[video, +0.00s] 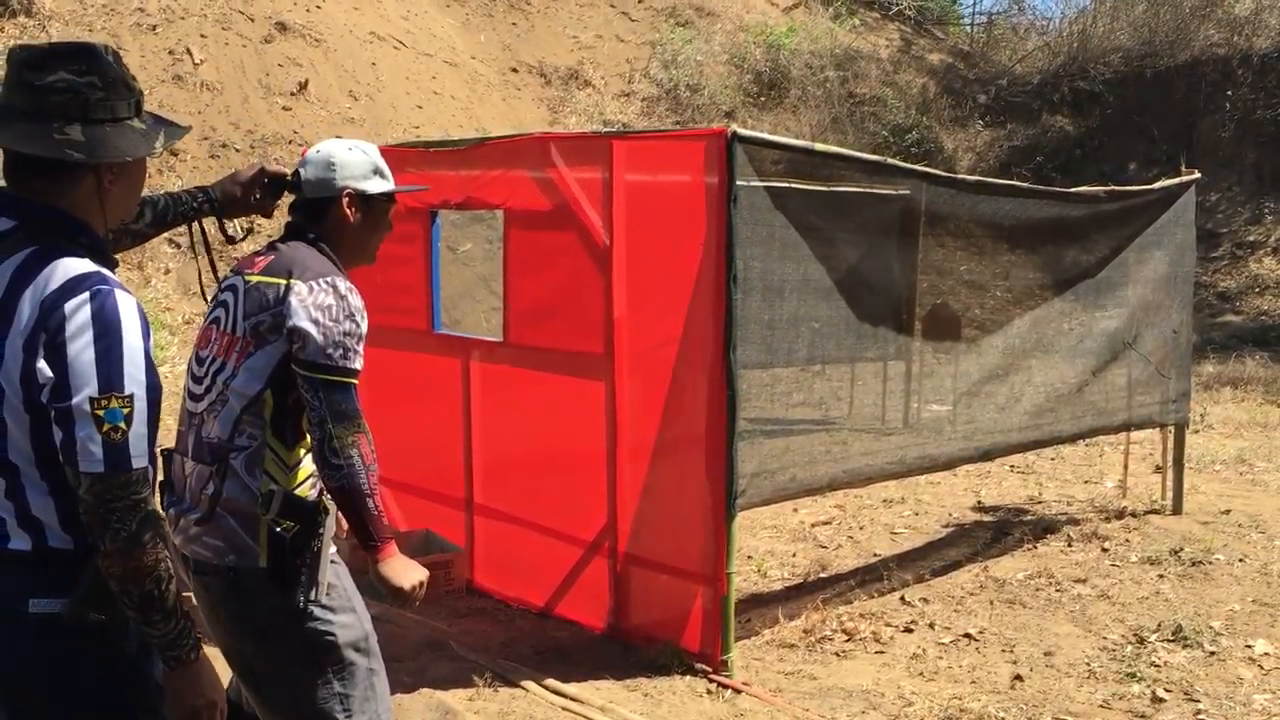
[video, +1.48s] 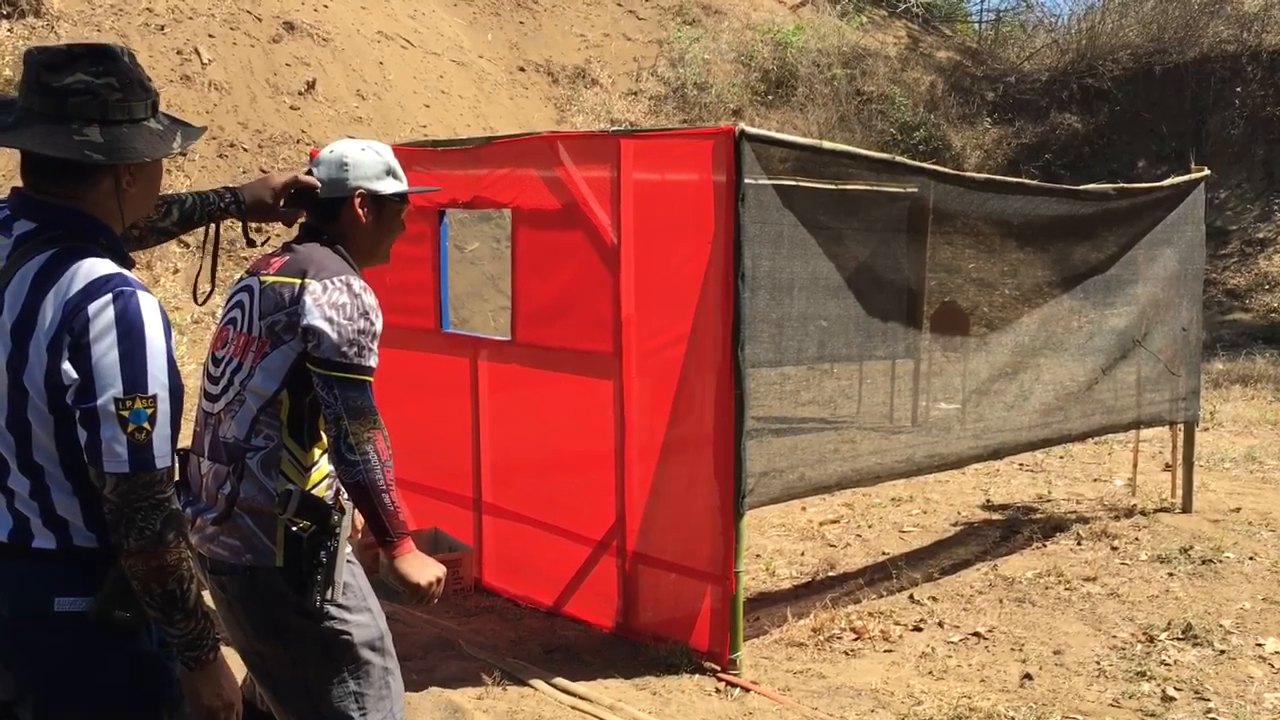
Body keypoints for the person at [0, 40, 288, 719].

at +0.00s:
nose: (150, 170)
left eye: (149, 154)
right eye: (143, 155)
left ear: (20, 157)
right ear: (104, 171)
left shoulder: (12, 247)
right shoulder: (91, 304)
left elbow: (102, 229)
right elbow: (123, 521)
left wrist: (215, 198)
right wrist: (187, 654)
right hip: (70, 615)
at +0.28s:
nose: (150, 167)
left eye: (149, 151)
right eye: (143, 152)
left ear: (19, 155)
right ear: (107, 168)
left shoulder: (11, 246)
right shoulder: (97, 302)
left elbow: (103, 231)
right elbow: (130, 514)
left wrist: (217, 203)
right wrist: (193, 650)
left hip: (13, 586)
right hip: (81, 615)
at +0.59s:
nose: (159, 167)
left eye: (159, 151)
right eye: (152, 152)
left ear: (26, 156)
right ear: (116, 170)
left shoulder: (12, 239)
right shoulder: (108, 304)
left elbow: (107, 226)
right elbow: (141, 519)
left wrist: (221, 196)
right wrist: (203, 650)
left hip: (13, 578)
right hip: (89, 609)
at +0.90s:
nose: (162, 169)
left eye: (163, 153)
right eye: (157, 153)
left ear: (34, 156)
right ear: (118, 172)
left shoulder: (11, 235)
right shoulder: (112, 303)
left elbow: (112, 222)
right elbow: (141, 517)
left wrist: (226, 195)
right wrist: (201, 651)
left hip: (11, 572)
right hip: (89, 606)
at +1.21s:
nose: (162, 169)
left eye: (162, 153)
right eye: (156, 153)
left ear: (31, 155)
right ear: (118, 169)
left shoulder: (11, 235)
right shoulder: (110, 303)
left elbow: (111, 221)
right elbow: (139, 519)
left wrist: (224, 196)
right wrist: (201, 651)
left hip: (12, 573)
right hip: (89, 605)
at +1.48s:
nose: (166, 171)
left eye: (165, 155)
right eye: (159, 156)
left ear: (36, 157)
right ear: (123, 173)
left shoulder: (9, 232)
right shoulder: (114, 305)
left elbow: (120, 224)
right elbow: (143, 520)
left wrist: (241, 197)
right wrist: (204, 653)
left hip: (14, 571)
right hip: (89, 604)